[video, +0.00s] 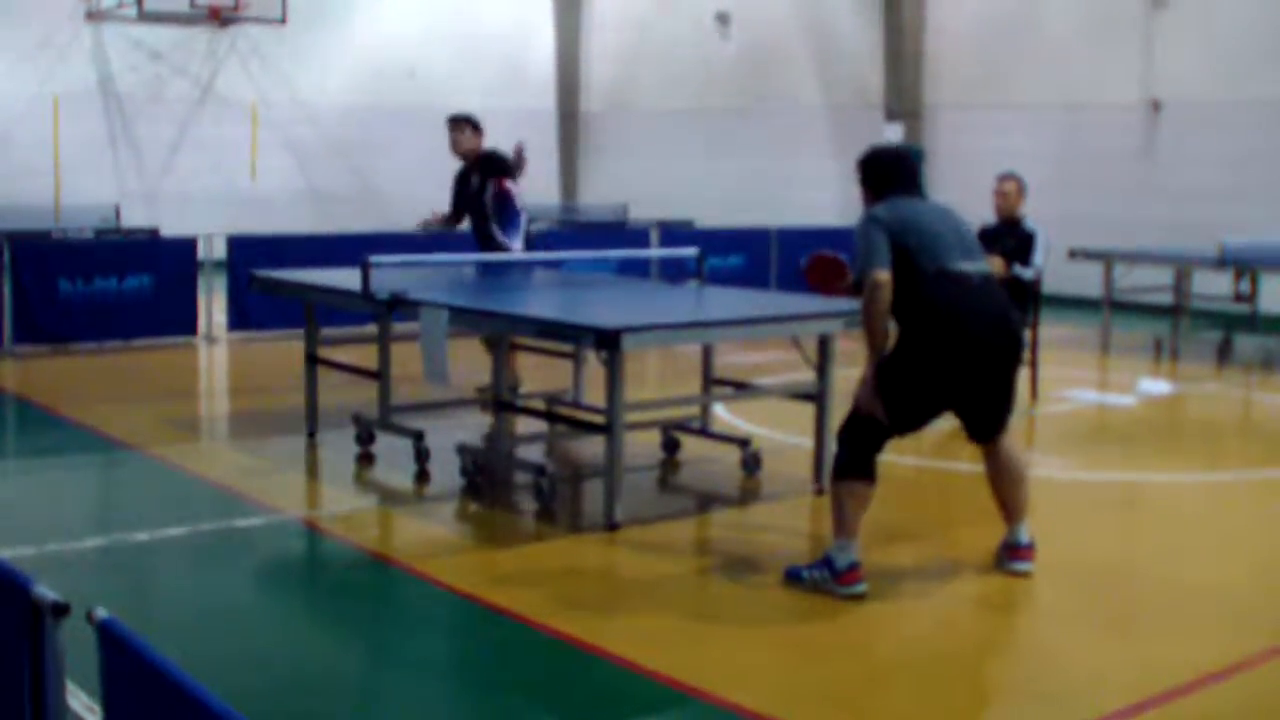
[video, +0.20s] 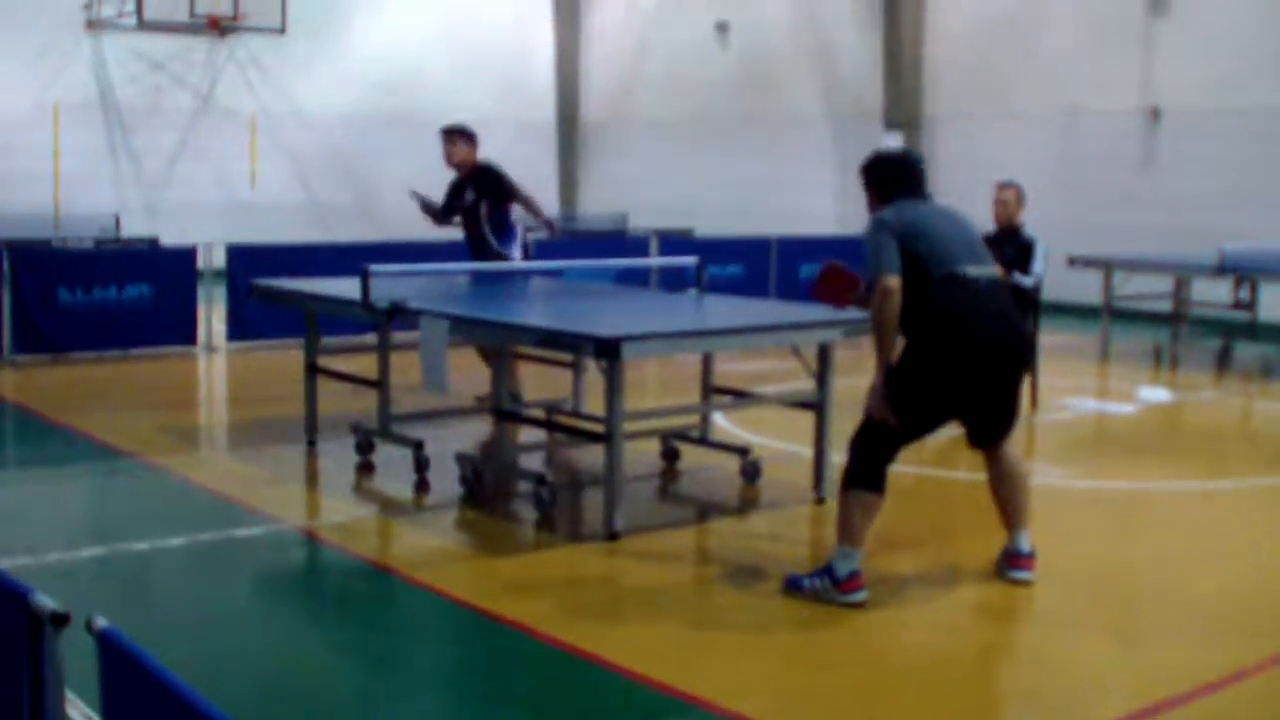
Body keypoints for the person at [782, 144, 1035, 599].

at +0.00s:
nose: (862, 195)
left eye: (863, 187)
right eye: (864, 188)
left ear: (871, 187)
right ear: (916, 181)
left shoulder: (877, 219)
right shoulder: (946, 216)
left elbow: (878, 283)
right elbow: (989, 270)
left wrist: (874, 363)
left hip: (934, 342)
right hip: (996, 340)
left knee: (859, 438)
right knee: (994, 435)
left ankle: (843, 557)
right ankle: (1020, 538)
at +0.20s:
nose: (868, 201)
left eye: (868, 193)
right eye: (868, 193)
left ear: (877, 191)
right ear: (920, 185)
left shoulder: (886, 223)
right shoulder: (955, 220)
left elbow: (889, 287)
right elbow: (996, 279)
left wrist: (883, 370)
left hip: (942, 351)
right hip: (1001, 349)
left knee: (871, 447)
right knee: (996, 442)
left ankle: (844, 567)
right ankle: (1021, 547)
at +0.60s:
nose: (901, 189)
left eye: (902, 178)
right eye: (901, 177)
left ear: (916, 178)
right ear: (962, 171)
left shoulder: (929, 216)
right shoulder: (1006, 207)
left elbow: (943, 297)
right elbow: (1009, 303)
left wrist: (928, 399)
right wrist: (921, 312)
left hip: (999, 364)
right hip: (1065, 361)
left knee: (917, 488)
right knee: (1058, 483)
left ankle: (903, 640)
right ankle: (1093, 619)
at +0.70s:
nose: (887, 185)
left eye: (887, 174)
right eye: (886, 174)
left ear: (900, 174)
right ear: (947, 166)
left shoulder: (912, 213)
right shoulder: (992, 203)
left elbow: (920, 296)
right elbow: (1029, 289)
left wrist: (907, 394)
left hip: (981, 361)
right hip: (1046, 355)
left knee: (903, 491)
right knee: (1029, 475)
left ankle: (900, 643)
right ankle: (1072, 596)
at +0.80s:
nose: (879, 184)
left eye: (879, 173)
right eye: (879, 173)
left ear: (892, 173)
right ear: (939, 165)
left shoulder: (904, 213)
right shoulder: (986, 203)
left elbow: (900, 296)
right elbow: (1022, 288)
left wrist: (886, 388)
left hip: (973, 362)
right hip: (1041, 355)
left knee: (894, 492)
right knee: (1008, 463)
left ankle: (899, 642)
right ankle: (1041, 587)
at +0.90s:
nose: (880, 190)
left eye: (881, 180)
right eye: (879, 180)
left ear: (895, 178)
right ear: (939, 169)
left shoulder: (907, 217)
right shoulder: (991, 206)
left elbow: (895, 295)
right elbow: (1030, 288)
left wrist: (872, 387)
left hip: (969, 371)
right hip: (1037, 367)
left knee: (888, 495)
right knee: (995, 466)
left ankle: (898, 641)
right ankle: (1019, 585)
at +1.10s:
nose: (907, 220)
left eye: (905, 209)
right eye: (903, 209)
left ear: (920, 201)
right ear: (952, 185)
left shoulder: (952, 227)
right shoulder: (1002, 217)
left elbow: (947, 302)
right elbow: (1033, 300)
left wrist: (900, 388)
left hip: (1002, 379)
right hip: (1045, 377)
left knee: (920, 489)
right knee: (981, 473)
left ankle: (900, 628)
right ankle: (1009, 587)